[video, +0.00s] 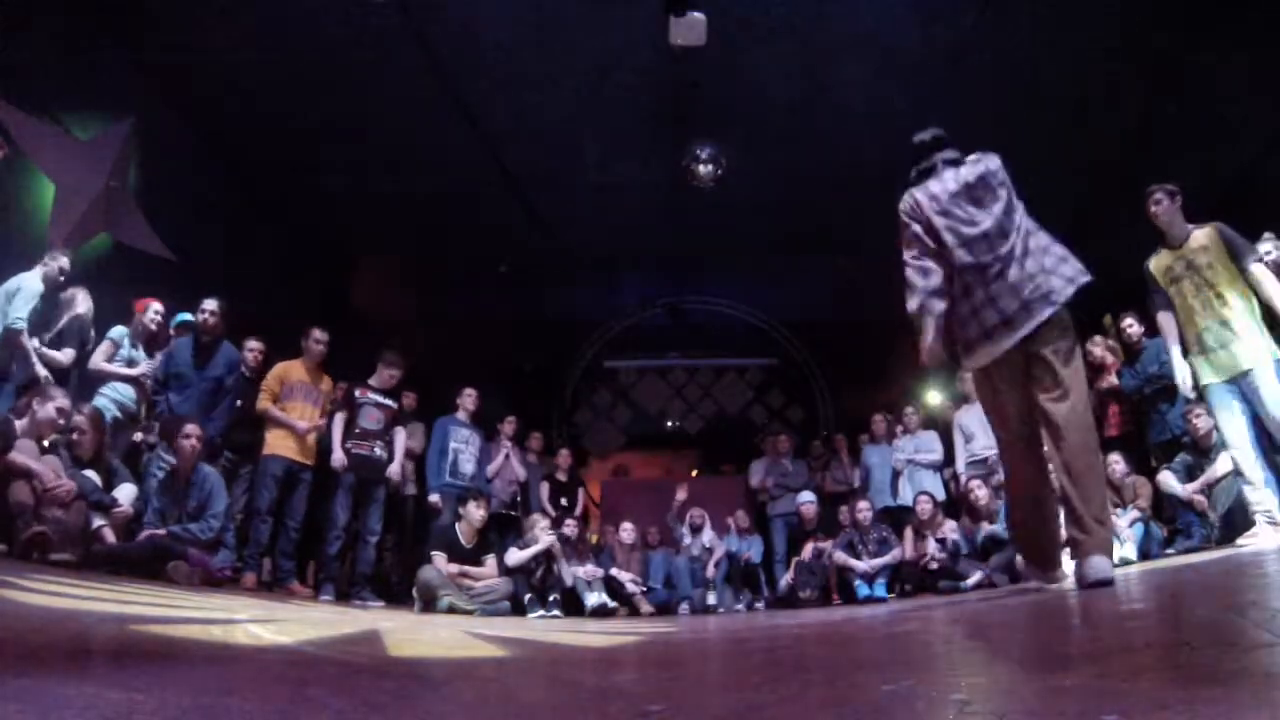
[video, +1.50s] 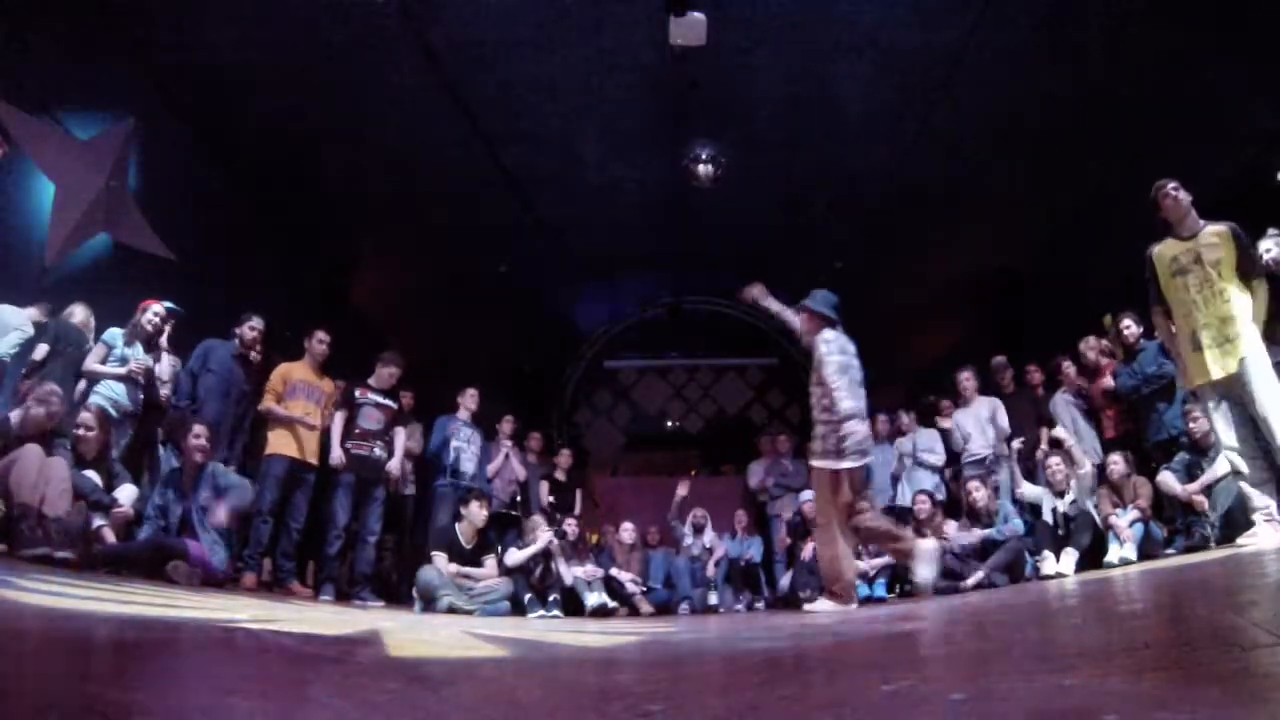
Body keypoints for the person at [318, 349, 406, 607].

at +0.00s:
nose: (392, 380)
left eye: (396, 376)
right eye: (389, 374)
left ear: (399, 378)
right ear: (378, 369)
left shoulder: (394, 403)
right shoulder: (354, 391)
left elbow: (399, 432)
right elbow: (339, 419)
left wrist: (397, 461)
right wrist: (337, 449)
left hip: (379, 466)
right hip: (351, 461)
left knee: (371, 530)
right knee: (339, 525)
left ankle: (361, 586)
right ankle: (328, 583)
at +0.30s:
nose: (392, 380)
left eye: (397, 376)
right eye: (390, 374)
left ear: (399, 378)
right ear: (379, 369)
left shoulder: (395, 403)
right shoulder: (355, 391)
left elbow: (399, 431)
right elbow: (339, 418)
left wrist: (398, 460)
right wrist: (336, 448)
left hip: (378, 466)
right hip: (350, 461)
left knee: (370, 530)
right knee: (338, 525)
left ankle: (361, 586)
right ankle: (327, 583)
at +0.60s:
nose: (394, 380)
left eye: (398, 376)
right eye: (391, 374)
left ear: (399, 378)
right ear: (380, 369)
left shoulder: (395, 402)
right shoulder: (355, 391)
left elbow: (400, 431)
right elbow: (340, 418)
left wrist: (399, 462)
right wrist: (337, 448)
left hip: (379, 466)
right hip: (351, 460)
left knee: (371, 530)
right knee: (339, 525)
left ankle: (361, 586)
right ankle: (327, 583)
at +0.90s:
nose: (394, 380)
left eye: (398, 376)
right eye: (391, 374)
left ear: (399, 378)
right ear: (380, 369)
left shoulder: (395, 402)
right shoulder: (355, 391)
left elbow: (399, 432)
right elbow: (340, 419)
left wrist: (397, 463)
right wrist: (338, 450)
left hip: (378, 467)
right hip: (351, 462)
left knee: (371, 530)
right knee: (338, 525)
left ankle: (361, 586)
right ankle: (327, 583)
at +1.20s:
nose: (393, 379)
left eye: (397, 376)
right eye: (390, 373)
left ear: (399, 378)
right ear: (379, 369)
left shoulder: (395, 403)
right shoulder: (354, 391)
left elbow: (399, 432)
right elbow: (339, 419)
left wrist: (395, 461)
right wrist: (336, 449)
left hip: (377, 466)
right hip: (350, 461)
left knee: (370, 530)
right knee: (338, 525)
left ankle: (361, 586)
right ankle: (327, 583)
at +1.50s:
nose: (392, 380)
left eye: (396, 376)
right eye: (389, 374)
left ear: (398, 378)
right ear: (377, 369)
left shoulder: (395, 403)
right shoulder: (354, 391)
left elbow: (399, 431)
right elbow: (339, 417)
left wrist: (397, 458)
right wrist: (335, 447)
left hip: (378, 466)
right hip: (350, 461)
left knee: (371, 530)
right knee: (339, 525)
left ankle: (361, 586)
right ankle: (327, 583)